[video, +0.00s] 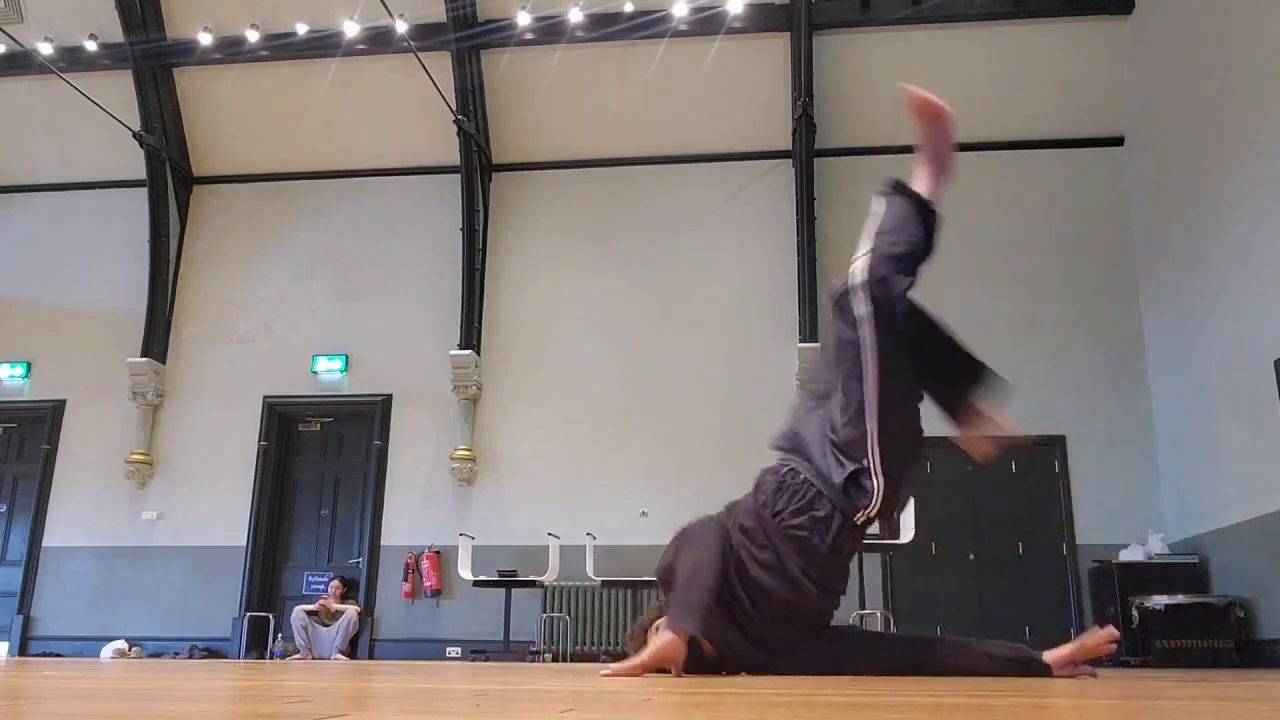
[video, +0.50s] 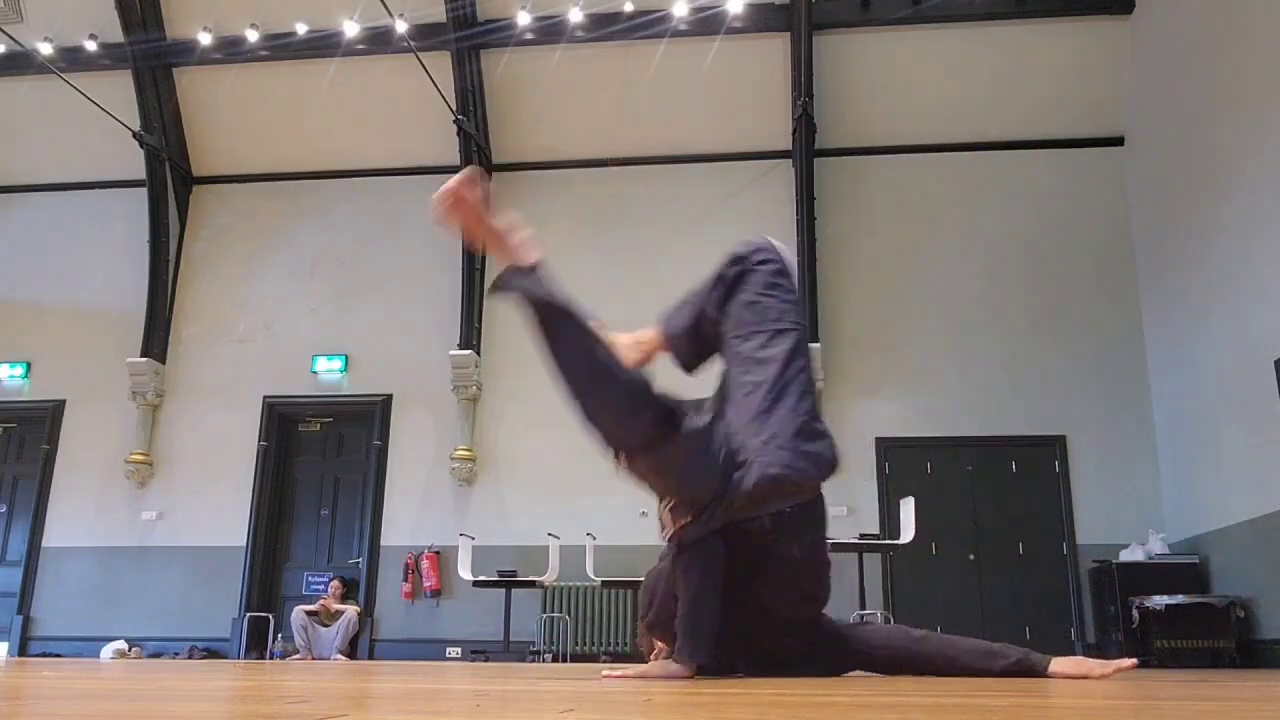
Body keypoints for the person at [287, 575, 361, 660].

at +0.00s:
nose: (333, 591)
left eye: (337, 588)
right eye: (331, 588)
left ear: (343, 590)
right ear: (328, 589)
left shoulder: (349, 602)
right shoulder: (323, 602)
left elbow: (357, 610)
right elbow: (297, 608)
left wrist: (333, 606)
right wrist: (315, 607)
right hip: (316, 636)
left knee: (352, 614)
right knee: (297, 612)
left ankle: (336, 653)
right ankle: (304, 653)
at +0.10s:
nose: (333, 591)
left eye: (337, 588)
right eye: (331, 588)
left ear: (343, 590)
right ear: (328, 589)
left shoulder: (349, 602)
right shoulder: (323, 601)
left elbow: (357, 610)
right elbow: (297, 608)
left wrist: (334, 606)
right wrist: (315, 607)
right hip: (316, 636)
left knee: (352, 614)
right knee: (297, 612)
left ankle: (336, 653)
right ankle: (304, 653)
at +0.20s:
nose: (333, 591)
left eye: (337, 589)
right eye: (331, 588)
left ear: (344, 590)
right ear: (328, 589)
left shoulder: (348, 603)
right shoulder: (323, 602)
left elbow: (357, 610)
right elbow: (297, 608)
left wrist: (334, 606)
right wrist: (315, 607)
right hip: (316, 636)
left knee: (352, 614)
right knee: (297, 612)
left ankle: (336, 653)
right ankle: (304, 653)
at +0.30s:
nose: (333, 591)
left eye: (337, 589)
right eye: (331, 588)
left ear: (343, 590)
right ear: (328, 589)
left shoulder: (348, 603)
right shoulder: (323, 602)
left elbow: (357, 610)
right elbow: (297, 608)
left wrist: (334, 606)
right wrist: (315, 607)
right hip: (315, 636)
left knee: (352, 614)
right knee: (297, 612)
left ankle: (336, 653)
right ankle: (304, 653)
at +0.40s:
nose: (333, 591)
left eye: (337, 589)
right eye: (331, 588)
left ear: (343, 590)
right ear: (328, 589)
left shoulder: (348, 603)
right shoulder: (323, 602)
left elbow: (357, 610)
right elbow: (297, 609)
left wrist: (334, 606)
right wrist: (315, 607)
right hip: (315, 636)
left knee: (352, 614)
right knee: (297, 612)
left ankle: (336, 653)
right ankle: (304, 653)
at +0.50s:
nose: (333, 591)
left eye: (337, 589)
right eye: (331, 588)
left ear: (343, 590)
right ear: (328, 589)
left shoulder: (348, 603)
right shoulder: (323, 602)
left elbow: (357, 610)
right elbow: (297, 609)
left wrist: (334, 606)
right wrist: (315, 607)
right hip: (315, 636)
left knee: (352, 614)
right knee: (297, 612)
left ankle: (336, 653)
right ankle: (304, 653)